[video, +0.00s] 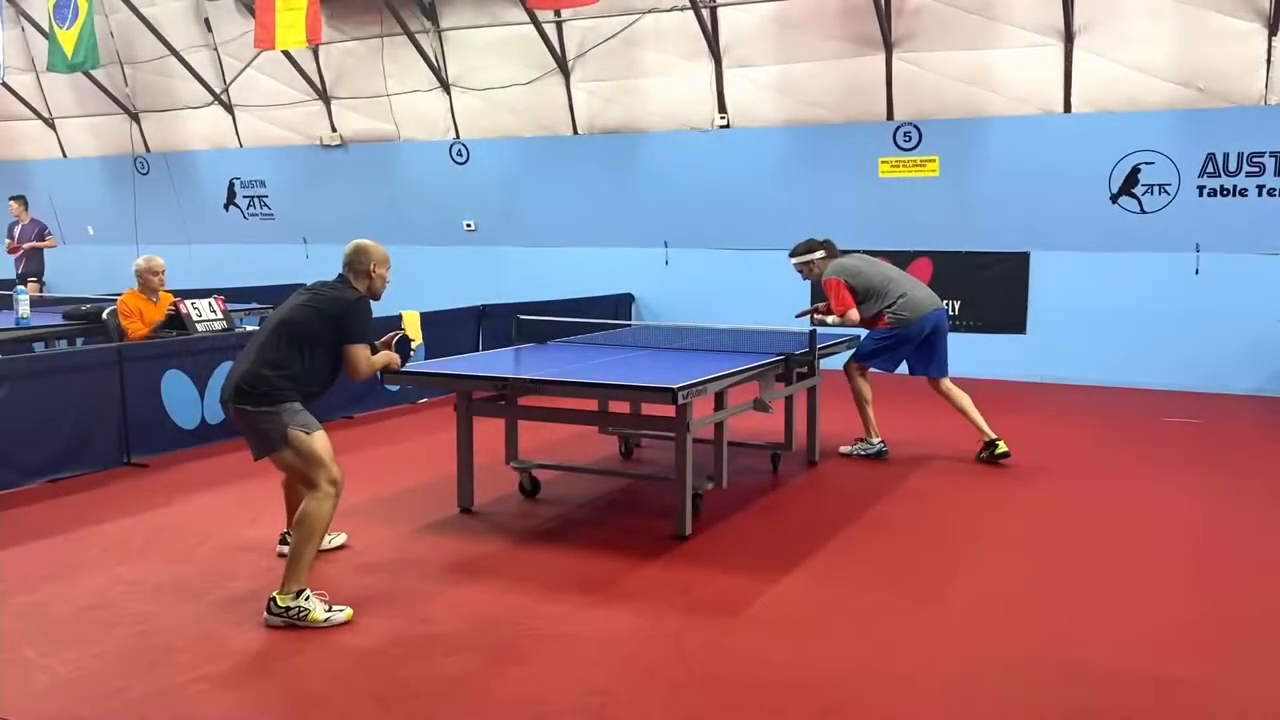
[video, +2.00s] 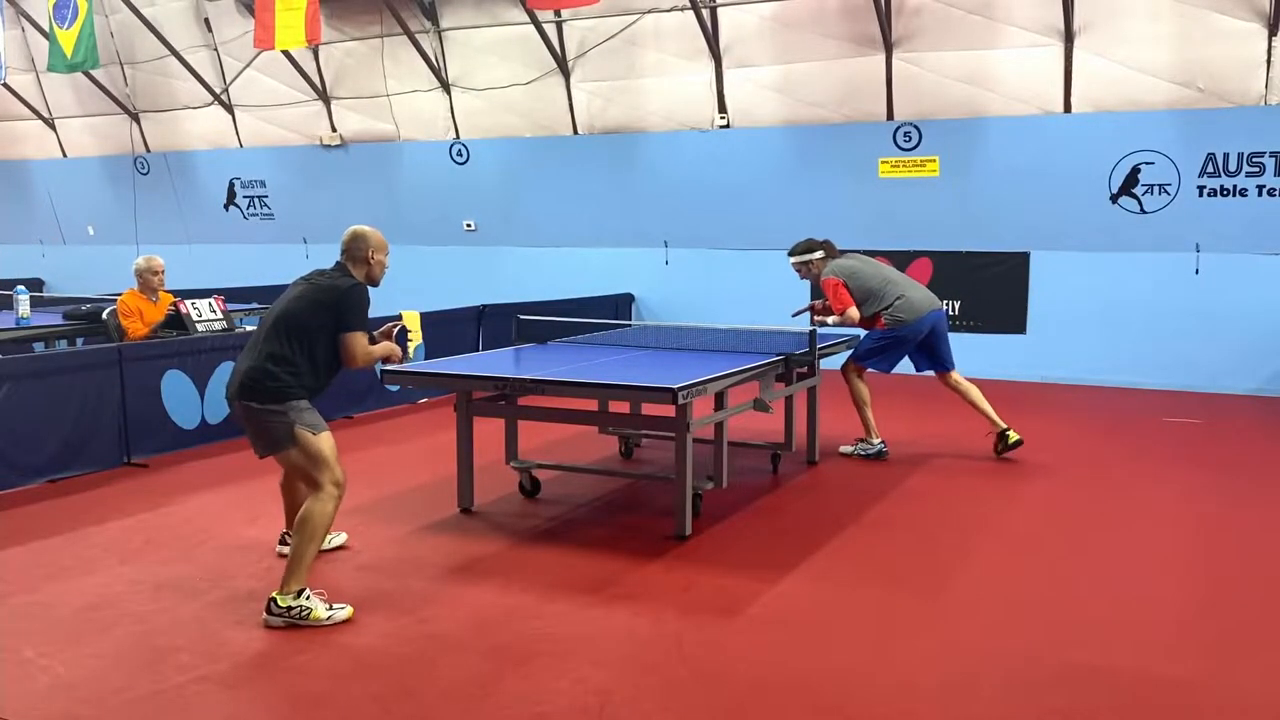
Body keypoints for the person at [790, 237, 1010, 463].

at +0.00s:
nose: (804, 277)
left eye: (803, 270)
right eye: (800, 272)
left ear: (817, 261)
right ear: (825, 256)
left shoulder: (832, 275)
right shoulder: (857, 261)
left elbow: (853, 317)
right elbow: (872, 311)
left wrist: (831, 318)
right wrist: (832, 310)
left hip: (906, 316)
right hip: (936, 311)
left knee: (854, 369)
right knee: (940, 381)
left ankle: (873, 440)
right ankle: (991, 439)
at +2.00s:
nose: (800, 276)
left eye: (800, 269)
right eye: (797, 270)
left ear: (815, 263)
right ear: (823, 257)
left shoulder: (830, 275)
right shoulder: (853, 260)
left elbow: (852, 316)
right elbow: (869, 305)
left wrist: (829, 318)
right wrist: (831, 306)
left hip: (902, 318)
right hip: (933, 309)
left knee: (852, 371)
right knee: (950, 377)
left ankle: (873, 441)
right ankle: (1003, 430)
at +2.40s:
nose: (808, 275)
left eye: (809, 269)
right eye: (806, 270)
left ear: (824, 264)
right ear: (833, 258)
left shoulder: (838, 279)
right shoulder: (863, 263)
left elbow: (858, 322)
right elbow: (876, 302)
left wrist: (833, 322)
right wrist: (837, 309)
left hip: (906, 329)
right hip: (934, 321)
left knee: (847, 373)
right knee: (956, 389)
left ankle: (873, 441)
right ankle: (1018, 436)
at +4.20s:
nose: (819, 225)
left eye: (825, 220)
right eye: (816, 221)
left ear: (839, 222)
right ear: (813, 225)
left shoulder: (862, 251)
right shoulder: (814, 259)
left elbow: (895, 271)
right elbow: (803, 293)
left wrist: (900, 303)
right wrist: (787, 307)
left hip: (872, 320)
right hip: (841, 323)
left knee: (865, 366)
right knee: (807, 360)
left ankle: (871, 436)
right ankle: (816, 410)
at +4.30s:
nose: (817, 217)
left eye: (822, 211)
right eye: (813, 212)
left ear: (835, 213)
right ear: (810, 216)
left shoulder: (859, 242)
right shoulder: (808, 248)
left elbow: (890, 262)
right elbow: (795, 282)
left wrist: (891, 289)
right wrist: (782, 293)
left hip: (864, 312)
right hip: (831, 315)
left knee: (868, 358)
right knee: (803, 353)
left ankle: (882, 421)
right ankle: (815, 407)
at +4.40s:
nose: (814, 212)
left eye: (820, 207)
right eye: (810, 208)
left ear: (831, 209)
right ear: (806, 212)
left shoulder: (853, 236)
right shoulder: (805, 243)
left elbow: (887, 258)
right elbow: (793, 276)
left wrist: (875, 283)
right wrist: (780, 288)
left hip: (863, 305)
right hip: (832, 306)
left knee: (873, 352)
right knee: (795, 342)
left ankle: (905, 411)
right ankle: (804, 396)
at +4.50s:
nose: (813, 219)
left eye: (817, 213)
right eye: (808, 215)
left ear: (829, 215)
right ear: (805, 219)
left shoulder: (850, 243)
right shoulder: (805, 249)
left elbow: (882, 268)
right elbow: (791, 279)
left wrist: (861, 290)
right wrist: (782, 294)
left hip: (865, 311)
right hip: (831, 312)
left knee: (881, 358)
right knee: (797, 348)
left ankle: (922, 407)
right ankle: (791, 395)